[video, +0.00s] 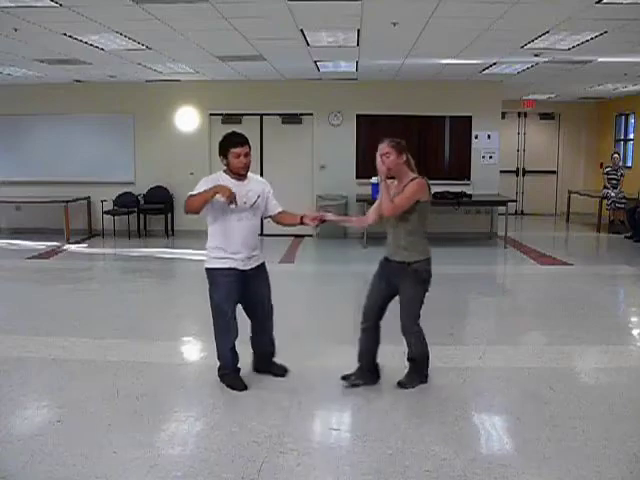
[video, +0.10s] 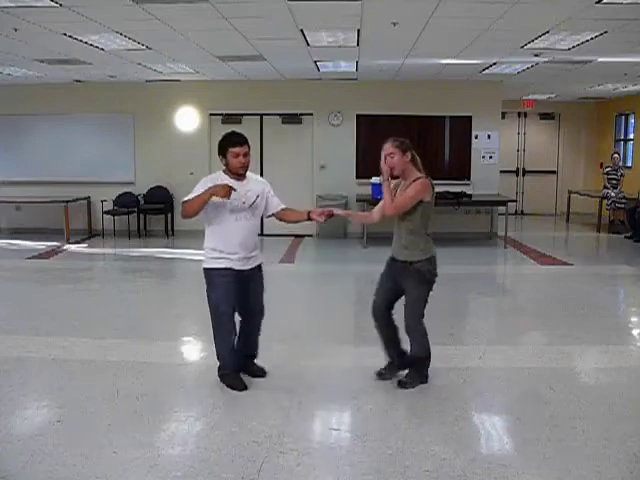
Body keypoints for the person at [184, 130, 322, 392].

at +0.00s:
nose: (245, 160)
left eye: (247, 154)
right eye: (238, 156)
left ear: (251, 155)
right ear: (225, 158)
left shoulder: (260, 185)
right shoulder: (212, 183)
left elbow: (277, 215)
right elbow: (190, 207)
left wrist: (302, 219)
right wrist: (213, 192)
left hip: (253, 263)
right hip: (221, 264)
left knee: (263, 313)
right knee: (225, 319)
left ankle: (264, 361)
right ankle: (228, 371)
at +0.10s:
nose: (244, 160)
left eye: (246, 155)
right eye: (237, 156)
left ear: (250, 155)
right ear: (224, 158)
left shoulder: (260, 185)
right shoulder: (211, 183)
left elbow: (281, 214)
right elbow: (186, 212)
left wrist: (310, 215)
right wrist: (210, 193)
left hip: (250, 263)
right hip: (219, 263)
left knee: (253, 314)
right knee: (224, 316)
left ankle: (246, 359)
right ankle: (227, 369)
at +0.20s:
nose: (245, 160)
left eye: (248, 155)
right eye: (238, 156)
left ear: (251, 155)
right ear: (225, 158)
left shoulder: (260, 185)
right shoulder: (210, 184)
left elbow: (282, 213)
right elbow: (186, 217)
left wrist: (312, 216)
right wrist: (206, 199)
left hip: (248, 263)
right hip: (218, 263)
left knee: (244, 317)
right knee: (227, 318)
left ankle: (243, 361)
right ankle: (227, 370)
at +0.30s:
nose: (246, 160)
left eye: (249, 155)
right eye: (239, 156)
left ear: (252, 156)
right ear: (226, 158)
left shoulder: (260, 187)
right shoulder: (211, 185)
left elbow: (282, 215)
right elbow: (187, 218)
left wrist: (312, 219)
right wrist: (206, 209)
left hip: (248, 264)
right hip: (219, 264)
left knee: (243, 317)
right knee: (230, 317)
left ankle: (242, 361)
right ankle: (224, 369)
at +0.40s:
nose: (246, 161)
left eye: (249, 156)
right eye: (240, 156)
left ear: (252, 158)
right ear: (225, 158)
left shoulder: (259, 188)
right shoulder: (210, 187)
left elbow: (281, 217)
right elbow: (190, 222)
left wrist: (311, 221)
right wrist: (211, 222)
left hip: (250, 266)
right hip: (221, 267)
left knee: (245, 318)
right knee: (228, 320)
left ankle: (243, 361)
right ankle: (224, 375)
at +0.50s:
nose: (248, 160)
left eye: (250, 155)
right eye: (242, 156)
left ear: (252, 157)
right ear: (226, 158)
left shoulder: (257, 187)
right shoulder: (212, 187)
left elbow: (275, 216)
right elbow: (197, 225)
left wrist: (306, 220)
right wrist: (225, 231)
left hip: (250, 266)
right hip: (221, 268)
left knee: (256, 314)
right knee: (225, 321)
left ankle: (244, 358)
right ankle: (223, 375)